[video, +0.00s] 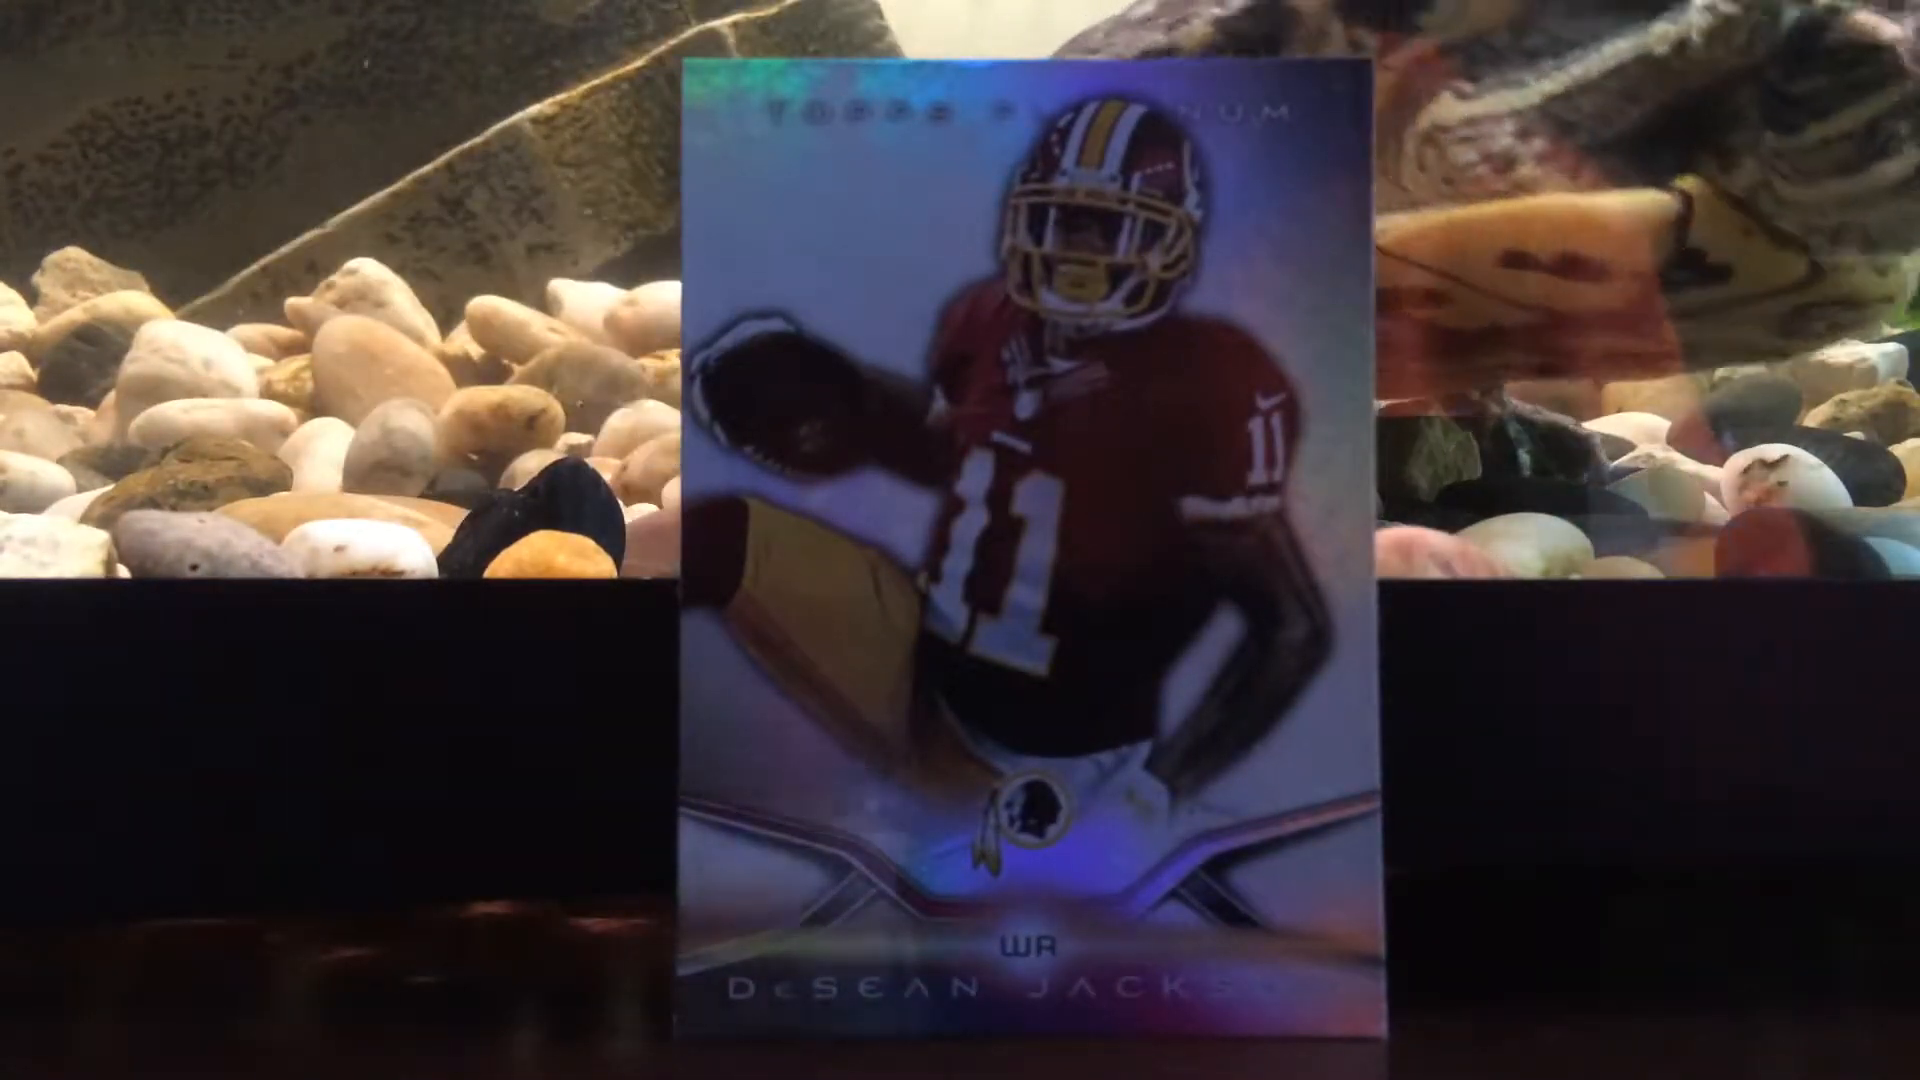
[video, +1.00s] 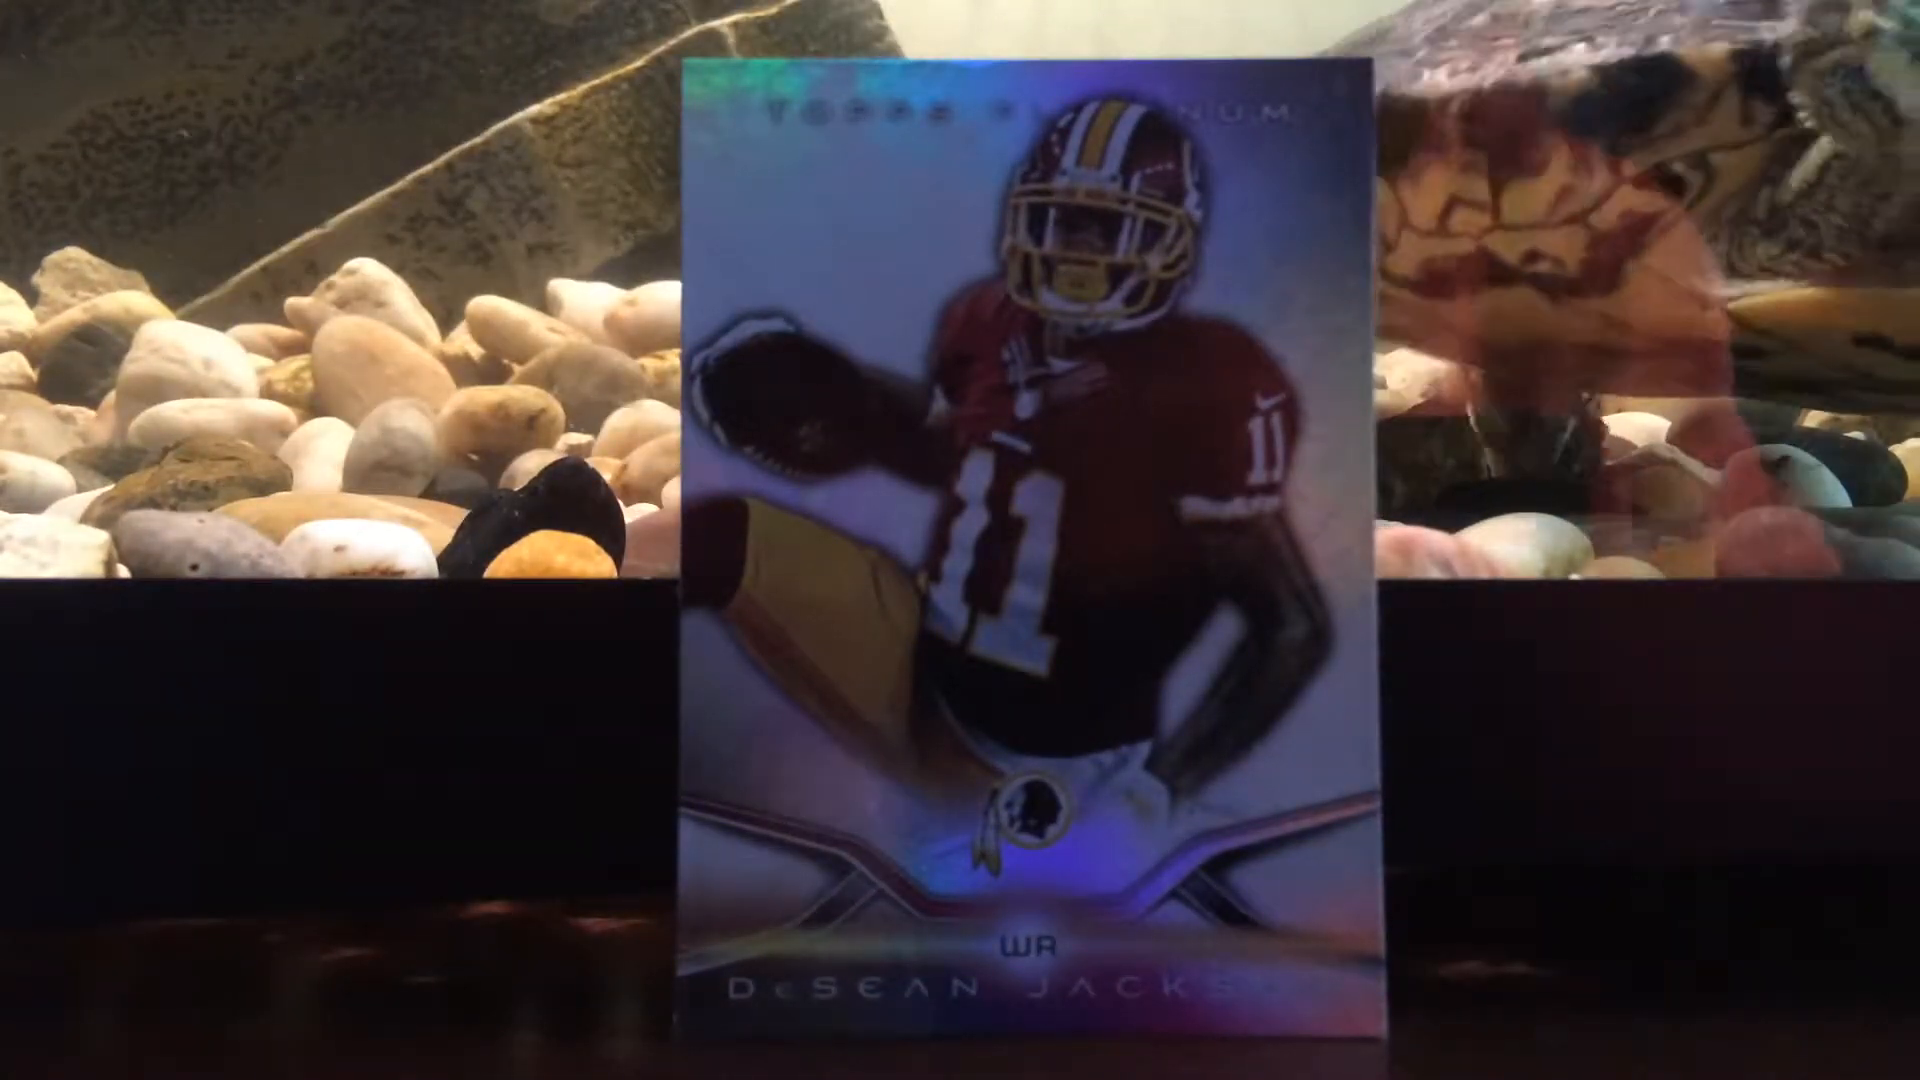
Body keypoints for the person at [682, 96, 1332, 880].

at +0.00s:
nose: (1080, 251)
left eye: (1115, 228)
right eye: (1061, 219)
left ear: (1176, 244)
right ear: (1021, 222)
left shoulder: (1215, 385)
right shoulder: (980, 324)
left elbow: (1294, 630)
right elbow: (960, 459)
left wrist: (1154, 793)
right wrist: (857, 415)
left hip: (1079, 756)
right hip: (929, 683)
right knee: (711, 535)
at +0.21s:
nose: (1078, 253)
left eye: (1114, 229)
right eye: (1059, 221)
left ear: (1175, 245)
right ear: (1021, 224)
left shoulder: (1215, 386)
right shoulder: (979, 325)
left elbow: (1294, 631)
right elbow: (958, 459)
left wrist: (1154, 793)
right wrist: (856, 415)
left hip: (1076, 757)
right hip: (927, 678)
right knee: (711, 535)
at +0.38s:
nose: (1079, 253)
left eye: (1113, 229)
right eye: (1060, 221)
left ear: (1175, 244)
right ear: (1021, 225)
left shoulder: (1214, 384)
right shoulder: (980, 325)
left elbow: (1294, 629)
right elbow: (954, 457)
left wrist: (1155, 793)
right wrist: (851, 410)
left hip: (1077, 758)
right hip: (926, 681)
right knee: (714, 536)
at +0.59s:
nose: (1079, 253)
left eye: (1113, 229)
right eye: (1060, 221)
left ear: (1175, 244)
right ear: (1021, 225)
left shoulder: (1214, 383)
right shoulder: (980, 325)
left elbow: (1294, 629)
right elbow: (956, 458)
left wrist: (1155, 793)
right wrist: (853, 412)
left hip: (1078, 756)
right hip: (927, 679)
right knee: (713, 535)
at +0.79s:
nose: (1078, 253)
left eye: (1113, 229)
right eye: (1059, 221)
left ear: (1175, 245)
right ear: (1021, 225)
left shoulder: (1215, 384)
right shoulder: (980, 325)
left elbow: (1294, 629)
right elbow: (955, 458)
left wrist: (1157, 790)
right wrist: (851, 409)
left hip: (1082, 758)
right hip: (928, 684)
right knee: (712, 535)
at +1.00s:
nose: (1077, 252)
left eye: (1112, 229)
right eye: (1058, 221)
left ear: (1174, 244)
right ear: (1020, 226)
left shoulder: (1215, 384)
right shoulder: (980, 325)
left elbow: (1294, 629)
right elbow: (954, 456)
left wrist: (1156, 791)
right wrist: (849, 408)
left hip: (1082, 757)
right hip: (929, 683)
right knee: (711, 535)